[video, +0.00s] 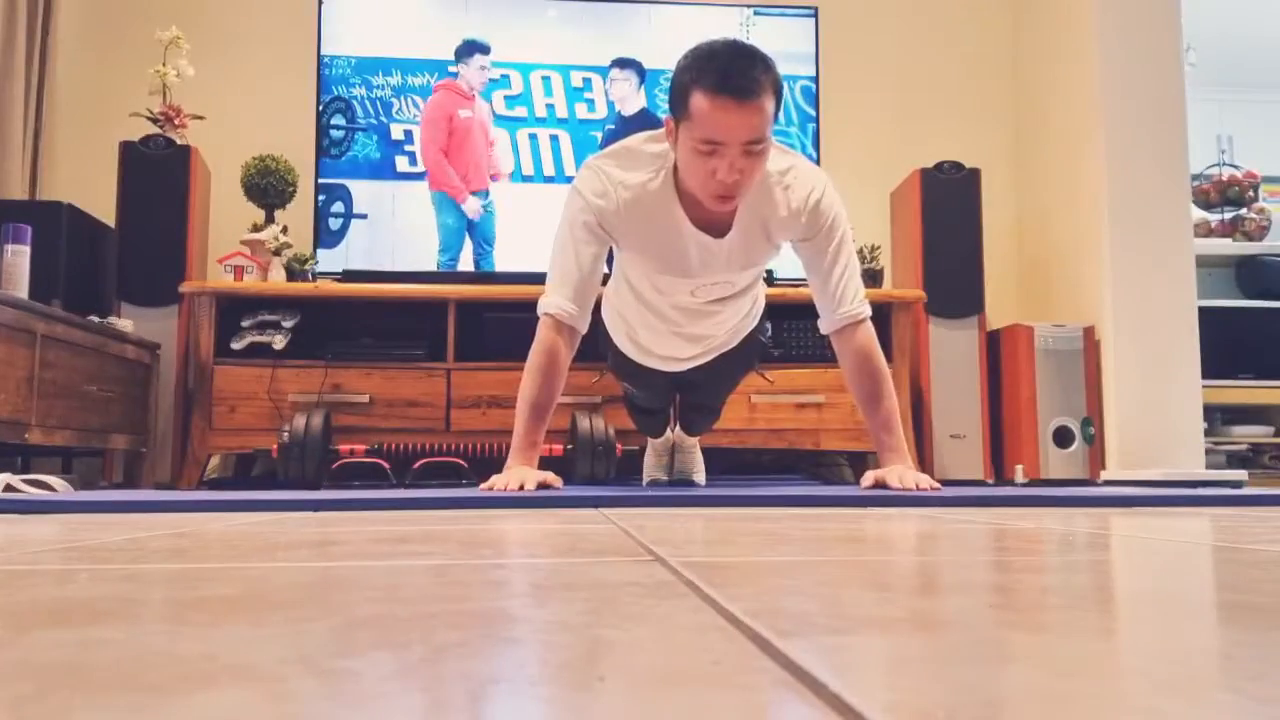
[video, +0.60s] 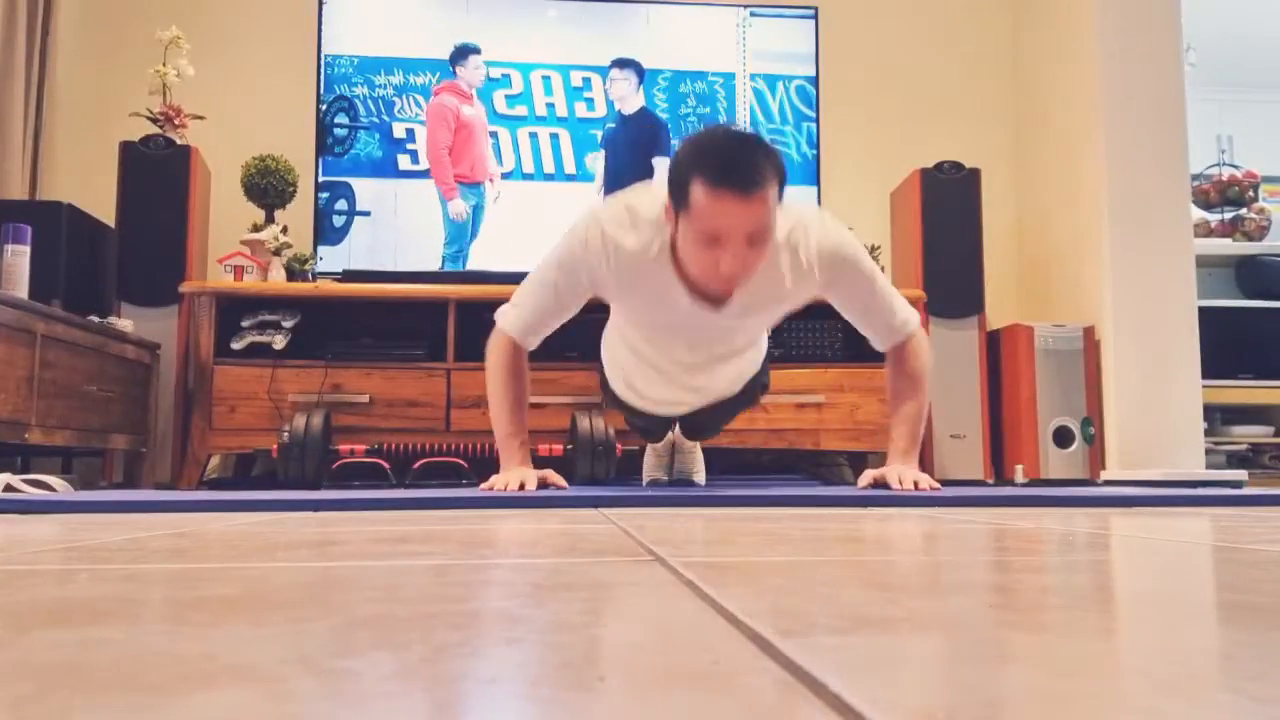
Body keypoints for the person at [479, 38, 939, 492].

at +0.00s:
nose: (731, 173)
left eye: (751, 150)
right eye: (710, 149)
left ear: (771, 135)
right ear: (671, 131)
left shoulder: (801, 194)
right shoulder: (606, 187)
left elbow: (850, 328)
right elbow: (557, 327)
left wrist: (895, 459)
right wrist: (520, 460)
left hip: (731, 334)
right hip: (638, 333)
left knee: (702, 410)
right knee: (649, 408)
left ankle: (687, 443)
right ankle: (657, 446)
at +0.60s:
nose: (732, 263)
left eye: (752, 241)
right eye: (712, 240)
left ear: (776, 218)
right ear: (673, 216)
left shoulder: (814, 244)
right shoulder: (607, 234)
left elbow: (906, 339)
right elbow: (507, 339)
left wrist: (903, 460)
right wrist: (513, 461)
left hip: (731, 385)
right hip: (635, 384)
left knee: (701, 428)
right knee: (650, 429)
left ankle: (686, 445)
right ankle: (661, 448)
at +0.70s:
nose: (734, 345)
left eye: (754, 323)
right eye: (714, 323)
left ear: (781, 296)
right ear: (674, 296)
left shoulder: (817, 293)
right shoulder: (612, 289)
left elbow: (928, 348)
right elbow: (496, 346)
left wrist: (906, 461)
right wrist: (513, 463)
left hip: (740, 428)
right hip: (634, 430)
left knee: (737, 562)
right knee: (625, 561)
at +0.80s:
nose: (735, 416)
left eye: (758, 393)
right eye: (716, 393)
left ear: (787, 361)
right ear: (676, 363)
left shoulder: (818, 342)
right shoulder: (615, 337)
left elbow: (935, 349)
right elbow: (493, 346)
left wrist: (905, 463)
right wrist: (513, 463)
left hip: (740, 476)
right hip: (622, 476)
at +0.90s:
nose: (743, 450)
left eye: (768, 431)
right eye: (722, 431)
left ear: (795, 392)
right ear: (679, 396)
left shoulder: (819, 365)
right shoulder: (627, 369)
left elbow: (926, 348)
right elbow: (503, 343)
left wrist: (905, 461)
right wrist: (514, 462)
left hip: (753, 486)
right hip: (641, 484)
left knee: (748, 599)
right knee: (644, 596)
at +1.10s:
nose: (745, 321)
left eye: (764, 299)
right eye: (725, 299)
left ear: (787, 282)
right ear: (684, 278)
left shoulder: (819, 289)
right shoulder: (619, 285)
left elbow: (915, 350)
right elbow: (504, 347)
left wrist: (901, 461)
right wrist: (516, 464)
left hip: (744, 432)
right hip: (641, 434)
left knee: (744, 557)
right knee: (636, 557)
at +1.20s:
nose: (745, 183)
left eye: (765, 161)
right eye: (726, 160)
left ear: (785, 153)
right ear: (686, 143)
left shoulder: (811, 200)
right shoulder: (619, 196)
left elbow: (884, 326)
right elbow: (537, 322)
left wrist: (899, 456)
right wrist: (519, 460)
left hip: (740, 376)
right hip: (643, 376)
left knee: (706, 421)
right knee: (652, 422)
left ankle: (685, 440)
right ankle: (656, 446)